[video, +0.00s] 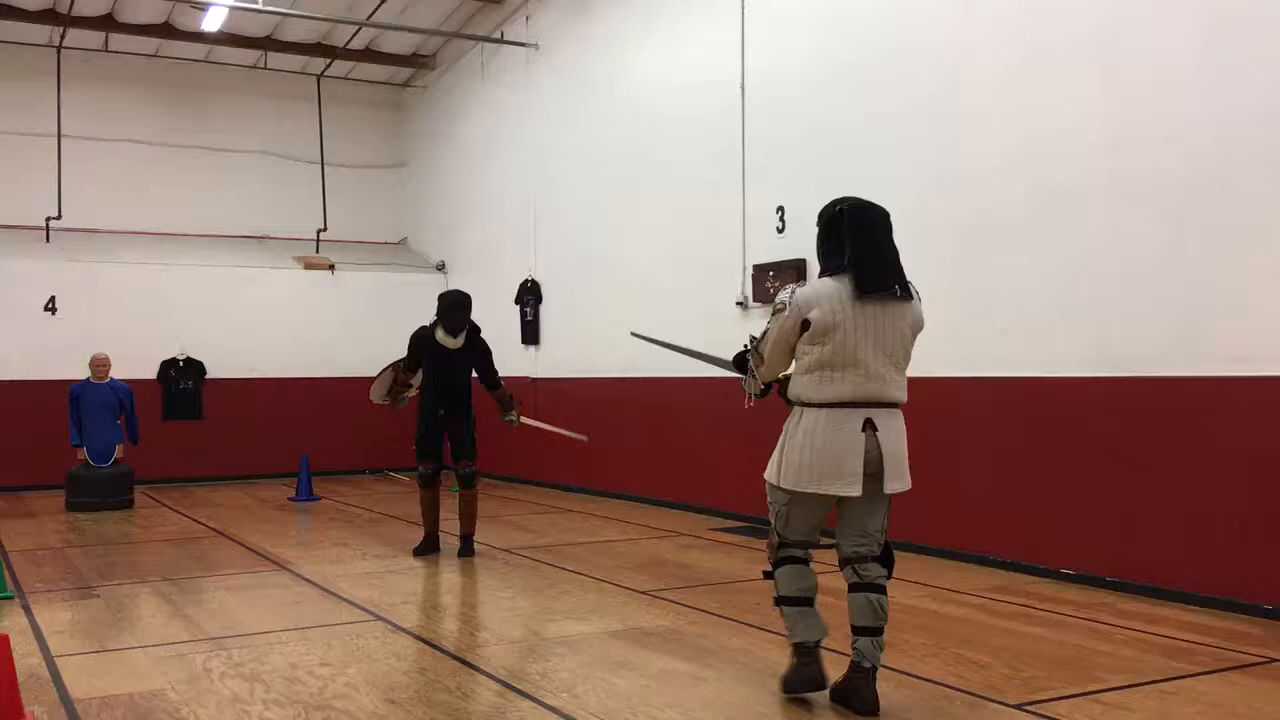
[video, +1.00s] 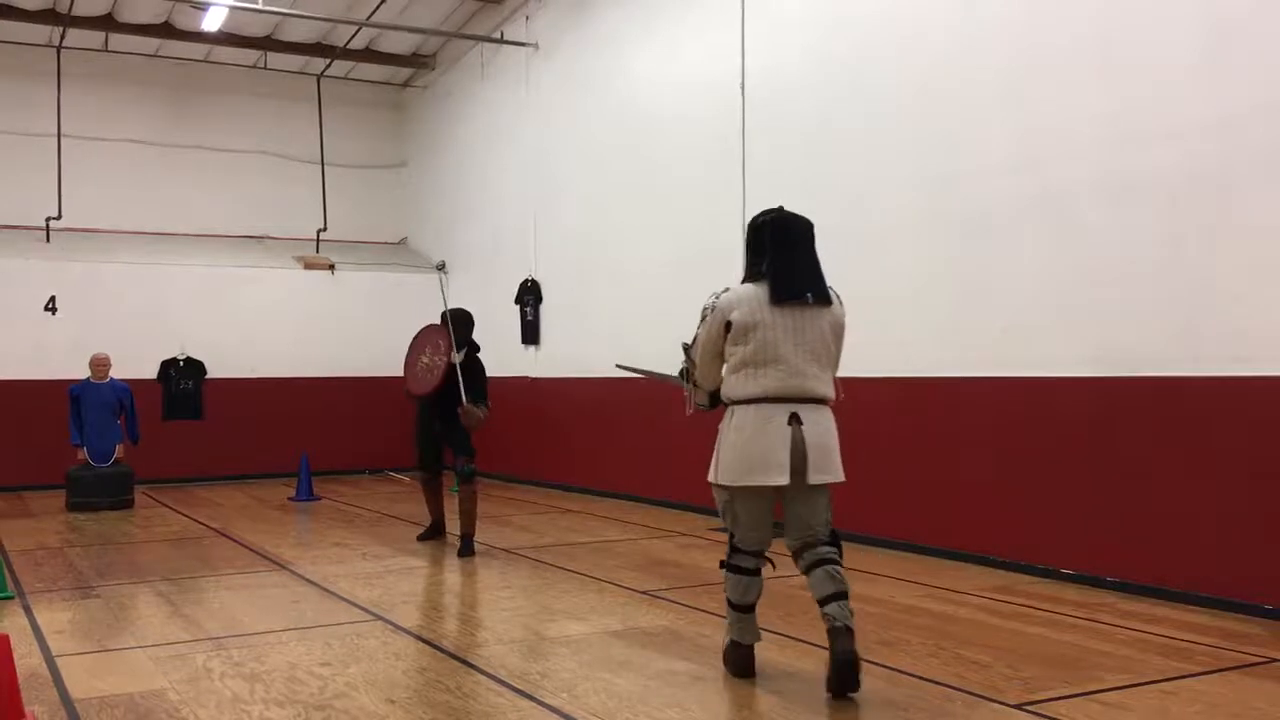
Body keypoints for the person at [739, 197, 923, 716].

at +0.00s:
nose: (817, 247)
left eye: (820, 238)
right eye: (821, 238)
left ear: (830, 243)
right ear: (882, 241)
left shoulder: (809, 299)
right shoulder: (907, 304)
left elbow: (770, 365)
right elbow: (885, 363)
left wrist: (754, 368)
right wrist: (799, 369)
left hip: (814, 442)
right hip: (883, 445)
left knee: (791, 545)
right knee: (866, 554)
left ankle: (805, 661)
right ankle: (863, 676)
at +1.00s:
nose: (747, 256)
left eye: (750, 248)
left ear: (755, 251)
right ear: (807, 251)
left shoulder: (734, 301)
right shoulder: (830, 306)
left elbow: (704, 368)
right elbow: (825, 366)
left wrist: (711, 390)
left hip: (749, 437)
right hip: (815, 436)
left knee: (746, 546)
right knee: (815, 541)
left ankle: (741, 648)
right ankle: (841, 633)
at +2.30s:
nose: (733, 261)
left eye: (735, 253)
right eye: (735, 254)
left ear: (743, 255)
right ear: (791, 254)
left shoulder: (721, 304)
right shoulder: (813, 309)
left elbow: (687, 375)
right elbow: (802, 371)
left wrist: (680, 383)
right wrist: (718, 380)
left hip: (729, 436)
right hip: (793, 437)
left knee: (699, 533)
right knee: (785, 542)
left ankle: (668, 623)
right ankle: (785, 654)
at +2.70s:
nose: (667, 270)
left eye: (670, 262)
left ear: (675, 266)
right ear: (722, 262)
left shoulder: (658, 316)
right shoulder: (746, 315)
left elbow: (633, 388)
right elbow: (748, 374)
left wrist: (639, 411)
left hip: (677, 437)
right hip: (740, 434)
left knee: (659, 539)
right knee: (751, 536)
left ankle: (635, 634)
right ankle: (779, 644)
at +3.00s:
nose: (629, 267)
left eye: (631, 260)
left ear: (635, 262)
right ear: (682, 259)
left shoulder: (620, 310)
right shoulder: (708, 309)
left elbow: (596, 381)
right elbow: (714, 370)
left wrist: (603, 398)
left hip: (644, 427)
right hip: (705, 425)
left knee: (641, 533)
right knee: (708, 527)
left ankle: (634, 633)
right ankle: (726, 618)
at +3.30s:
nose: (623, 265)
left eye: (626, 257)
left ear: (630, 260)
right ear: (677, 258)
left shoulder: (613, 306)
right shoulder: (703, 307)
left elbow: (588, 370)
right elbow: (711, 362)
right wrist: (672, 360)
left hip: (631, 427)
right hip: (690, 426)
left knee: (632, 530)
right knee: (676, 529)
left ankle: (633, 633)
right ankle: (668, 635)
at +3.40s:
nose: (626, 266)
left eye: (628, 258)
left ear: (632, 260)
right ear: (679, 261)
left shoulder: (612, 307)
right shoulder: (699, 306)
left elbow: (587, 360)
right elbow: (715, 334)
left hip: (630, 430)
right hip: (688, 431)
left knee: (628, 529)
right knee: (676, 530)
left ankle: (633, 633)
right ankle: (668, 635)